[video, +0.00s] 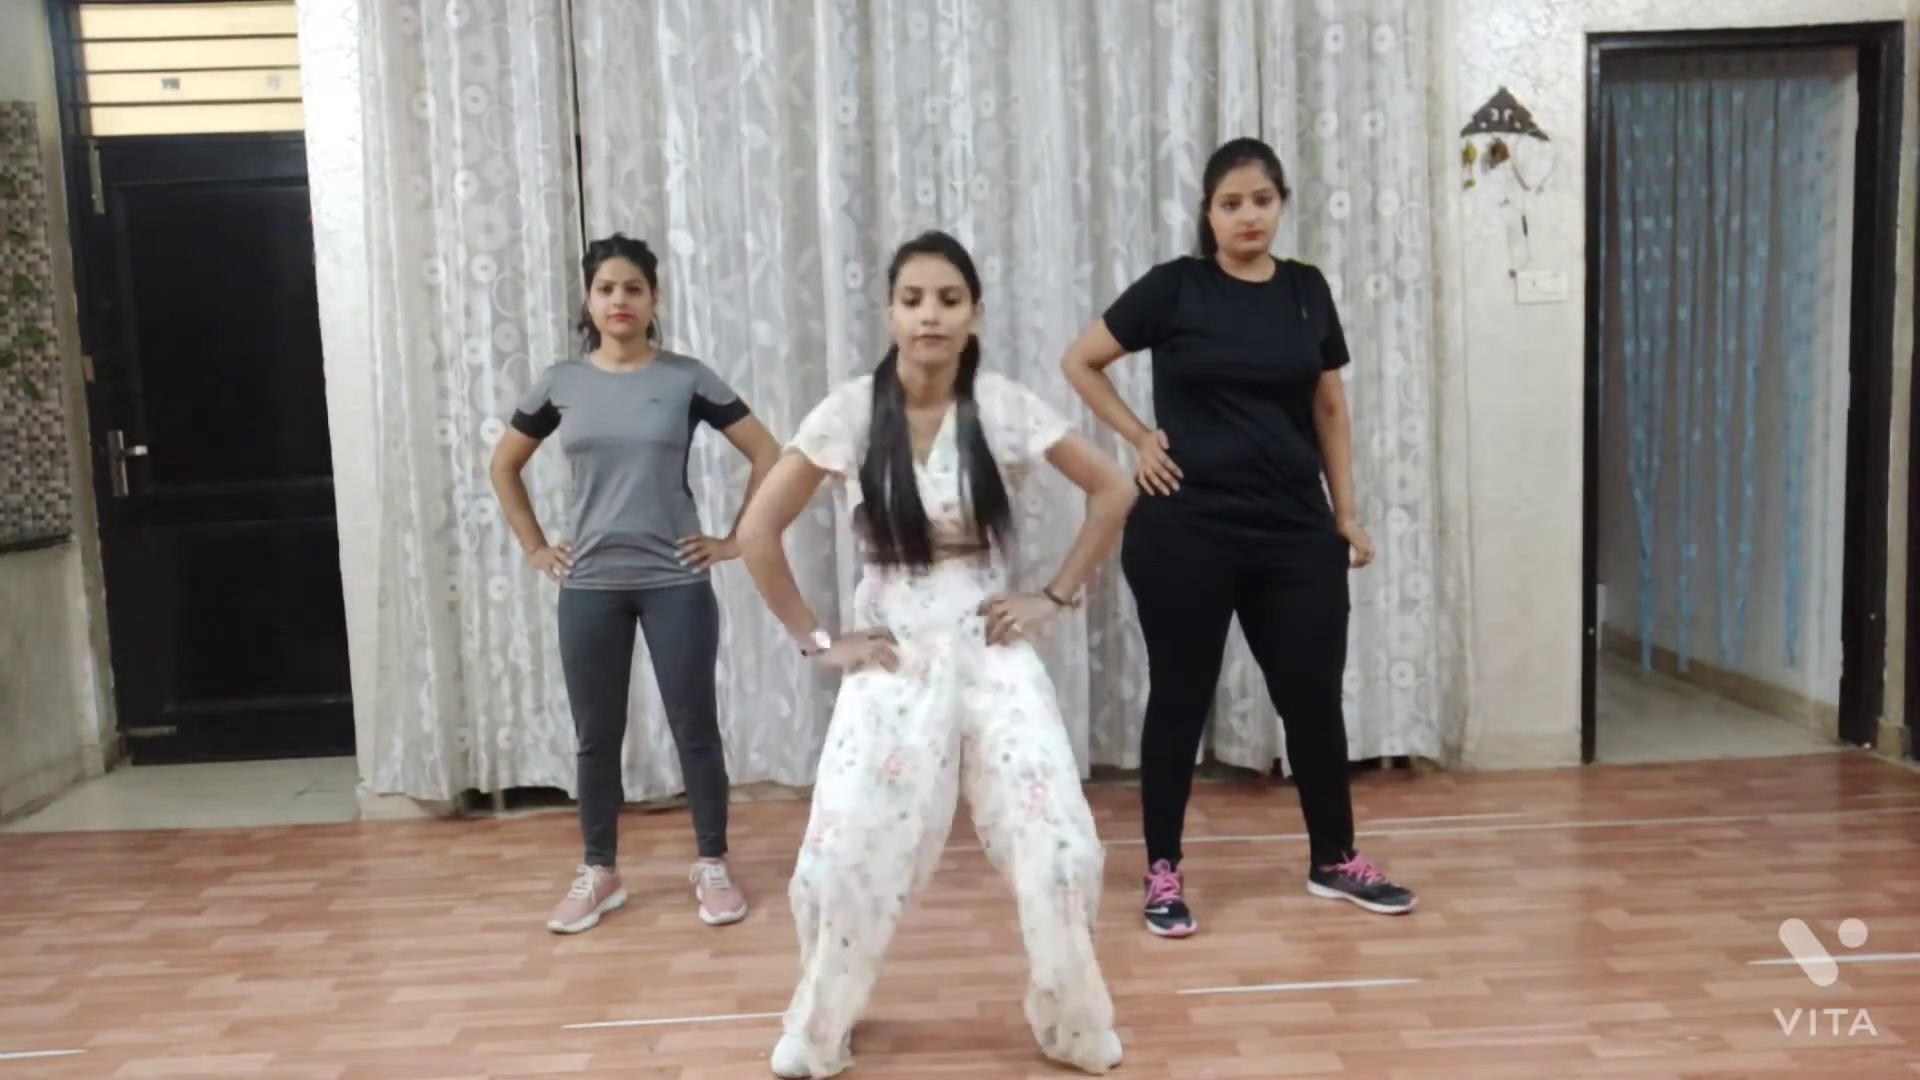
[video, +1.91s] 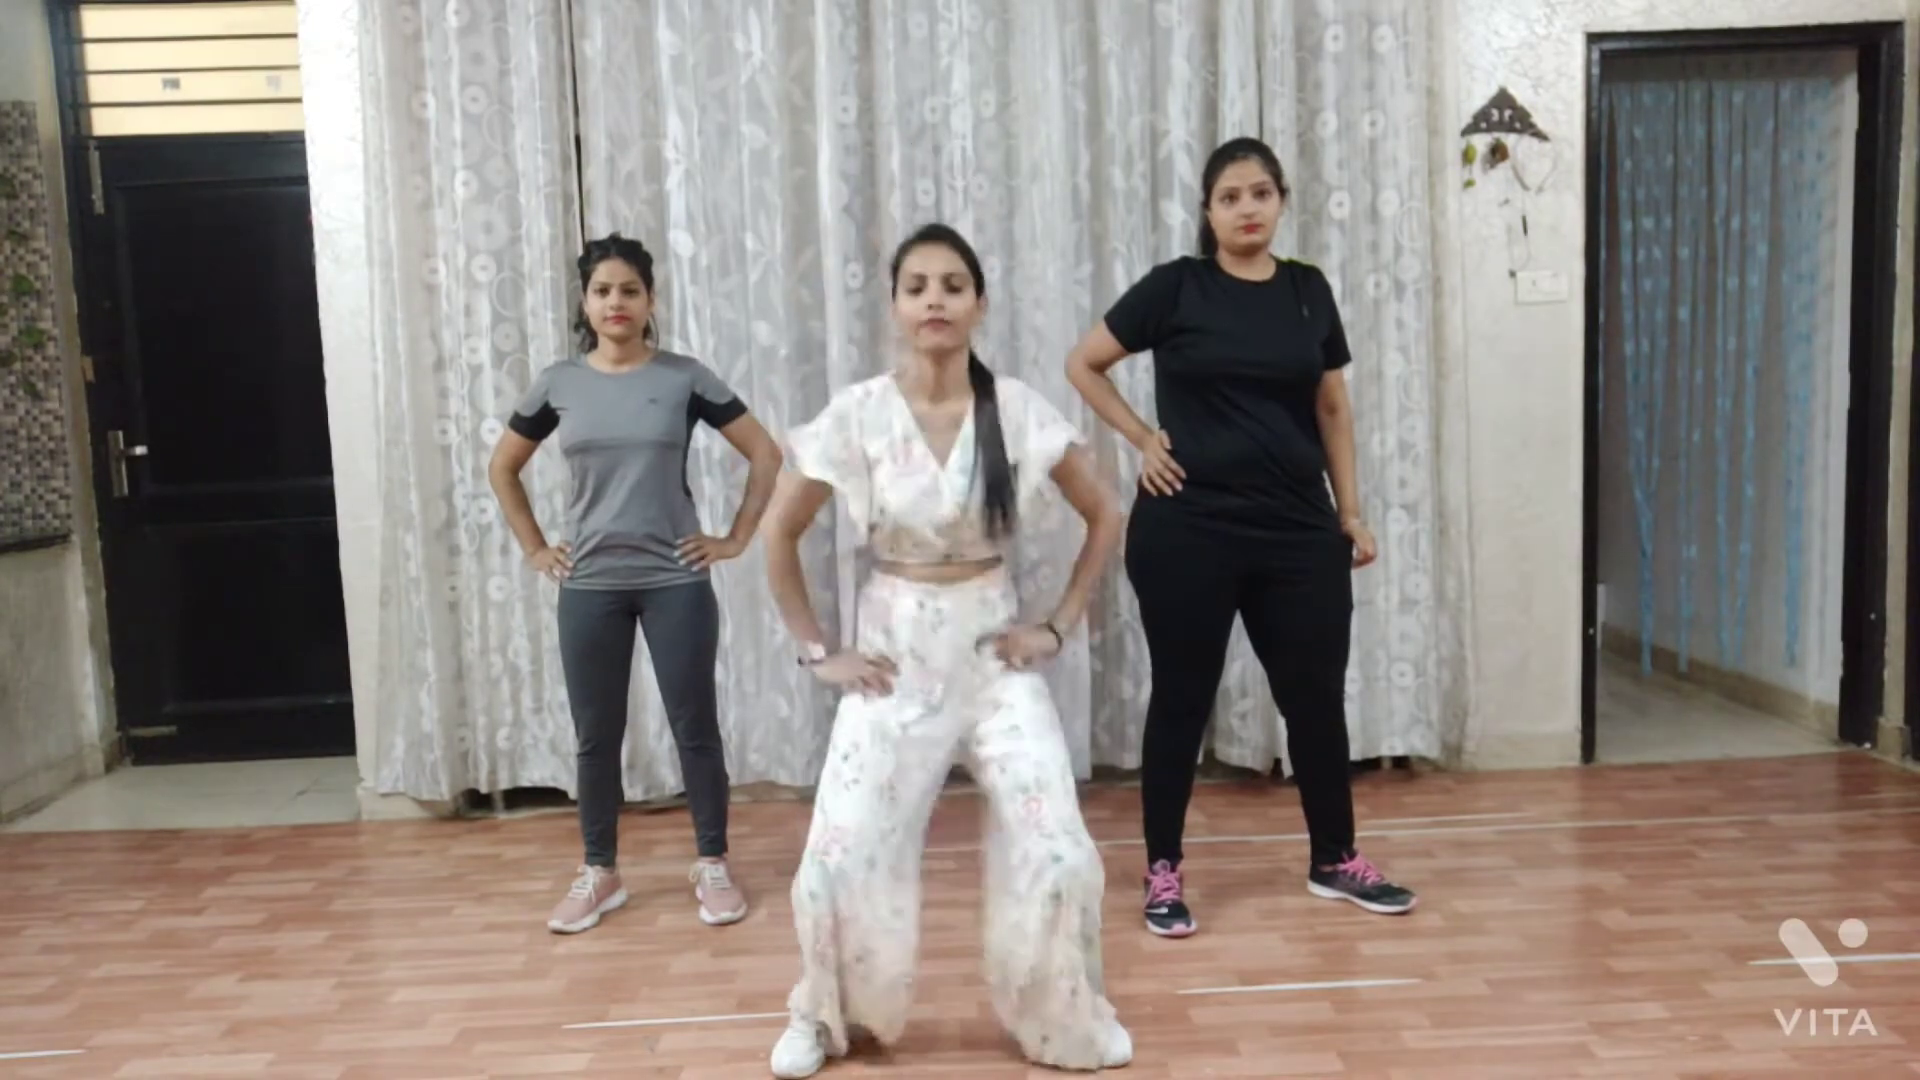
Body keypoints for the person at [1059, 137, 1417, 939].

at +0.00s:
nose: (1248, 215)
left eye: (1262, 200)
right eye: (1232, 202)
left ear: (1282, 206)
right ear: (1208, 211)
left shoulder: (1305, 290)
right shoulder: (1173, 288)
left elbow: (1331, 409)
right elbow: (1079, 363)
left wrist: (1346, 515)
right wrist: (1139, 436)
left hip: (1293, 529)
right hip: (1186, 526)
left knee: (1315, 699)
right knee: (1180, 699)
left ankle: (1335, 860)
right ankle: (1162, 870)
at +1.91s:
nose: (1248, 209)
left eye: (1261, 194)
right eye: (1231, 197)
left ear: (1282, 203)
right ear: (1208, 209)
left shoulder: (1307, 290)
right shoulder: (1175, 288)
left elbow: (1334, 409)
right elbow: (1082, 365)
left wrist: (1349, 512)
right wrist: (1143, 438)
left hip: (1296, 528)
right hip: (1188, 526)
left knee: (1317, 698)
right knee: (1182, 699)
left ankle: (1336, 861)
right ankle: (1163, 870)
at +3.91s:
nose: (1249, 207)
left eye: (1262, 193)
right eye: (1233, 195)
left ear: (1283, 203)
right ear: (1209, 207)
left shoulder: (1308, 290)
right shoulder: (1175, 288)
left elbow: (1334, 409)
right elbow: (1082, 363)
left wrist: (1349, 512)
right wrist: (1142, 438)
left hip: (1296, 529)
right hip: (1188, 527)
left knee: (1317, 698)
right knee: (1181, 699)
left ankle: (1336, 861)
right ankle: (1163, 871)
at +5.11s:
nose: (1343, 190)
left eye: (1357, 180)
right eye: (1327, 181)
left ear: (1379, 204)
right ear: (1303, 206)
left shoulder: (1394, 298)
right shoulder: (1269, 283)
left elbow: (1420, 402)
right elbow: (1159, 358)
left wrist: (1450, 488)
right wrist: (1131, 462)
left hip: (1357, 527)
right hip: (1252, 522)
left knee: (1340, 695)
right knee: (1190, 689)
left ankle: (1334, 859)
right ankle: (1078, 834)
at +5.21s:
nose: (1361, 200)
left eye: (1374, 190)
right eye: (1344, 191)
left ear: (1392, 212)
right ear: (1317, 213)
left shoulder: (1405, 307)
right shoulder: (1284, 278)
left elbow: (1485, 375)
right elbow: (1176, 314)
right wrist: (1152, 404)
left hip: (1358, 528)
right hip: (1256, 520)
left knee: (1336, 692)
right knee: (1195, 689)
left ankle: (1335, 856)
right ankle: (1079, 836)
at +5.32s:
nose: (1370, 204)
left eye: (1383, 194)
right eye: (1353, 194)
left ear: (1397, 215)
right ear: (1323, 214)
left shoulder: (1412, 306)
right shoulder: (1292, 270)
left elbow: (1511, 335)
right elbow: (1229, 278)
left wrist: (1611, 349)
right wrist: (1241, 331)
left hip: (1357, 527)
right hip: (1260, 517)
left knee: (1335, 691)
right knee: (1195, 687)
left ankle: (1335, 856)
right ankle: (1077, 831)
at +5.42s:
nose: (1374, 209)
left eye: (1386, 198)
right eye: (1357, 198)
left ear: (1399, 215)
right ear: (1325, 216)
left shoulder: (1414, 301)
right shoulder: (1296, 269)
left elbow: (1521, 309)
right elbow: (1270, 255)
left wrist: (1617, 296)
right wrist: (1337, 282)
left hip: (1356, 530)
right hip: (1257, 520)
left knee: (1333, 694)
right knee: (1195, 684)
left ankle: (1335, 857)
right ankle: (1075, 831)